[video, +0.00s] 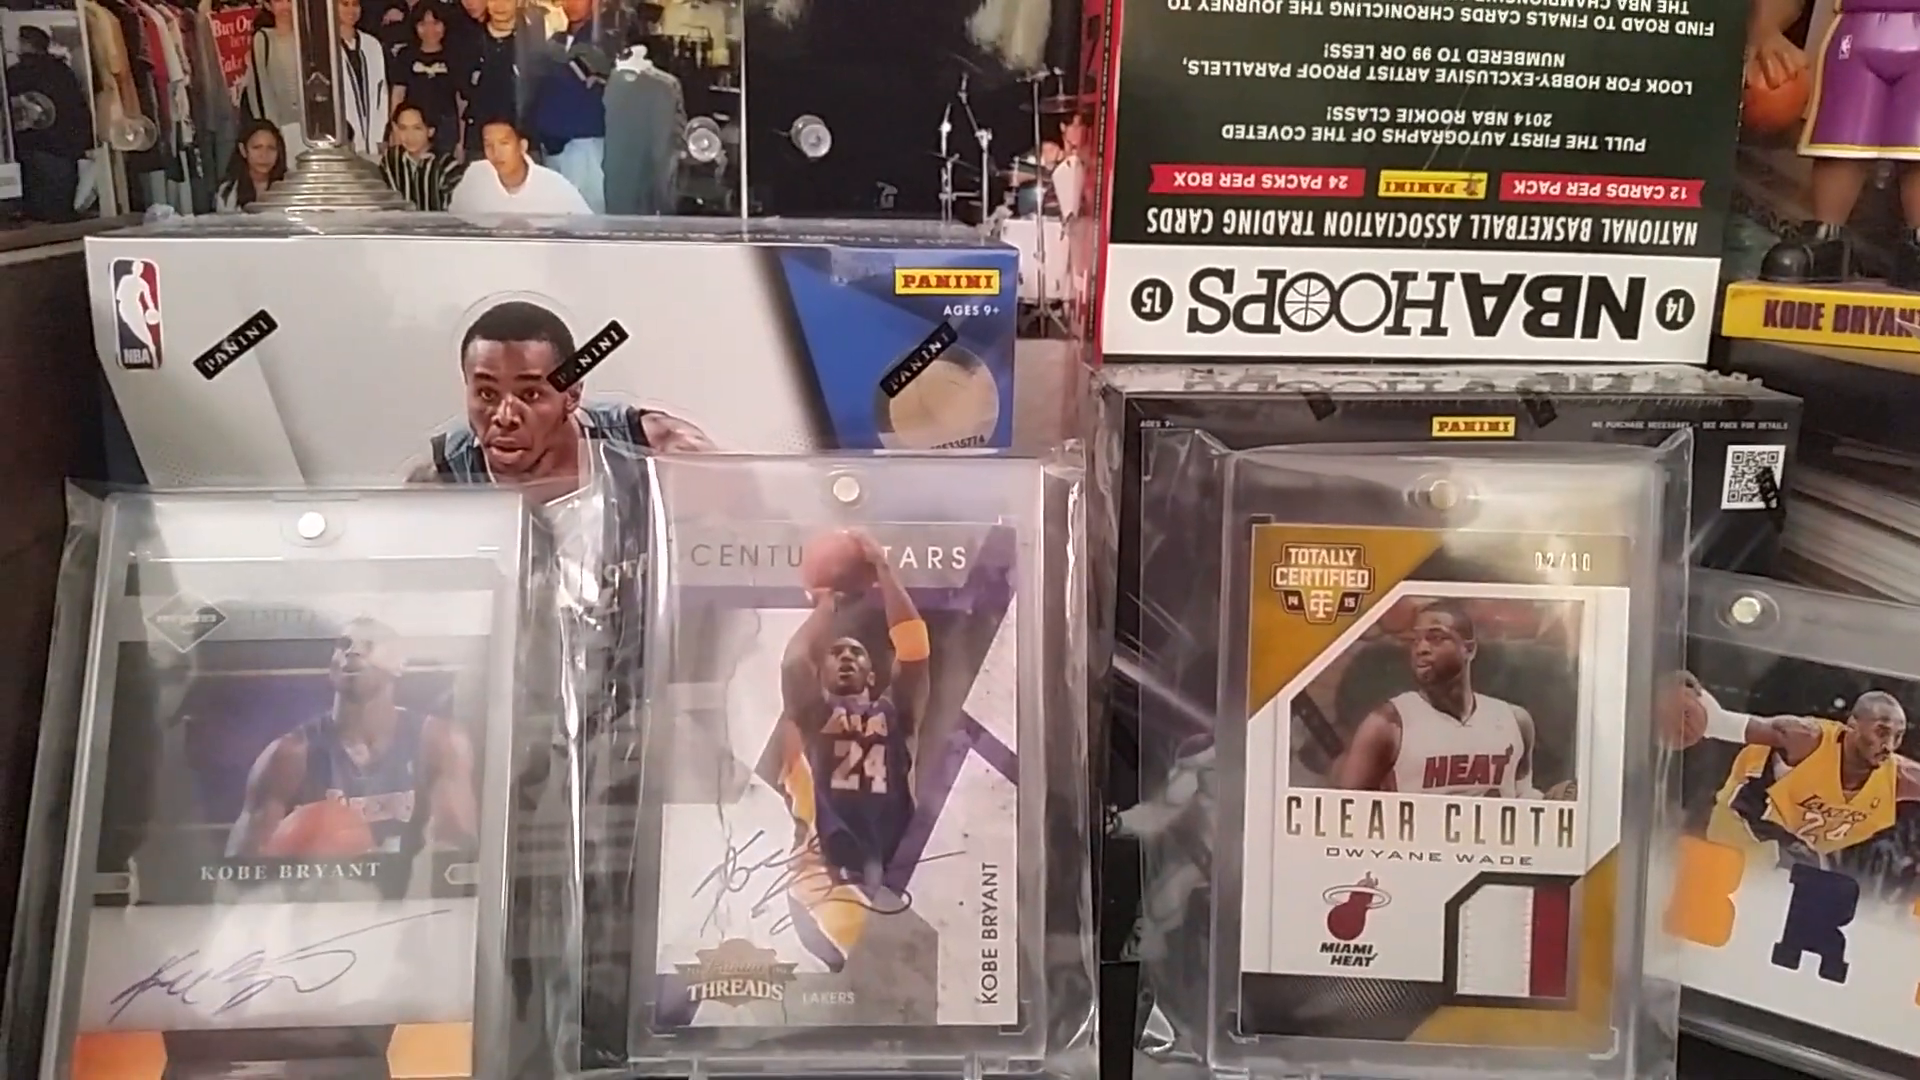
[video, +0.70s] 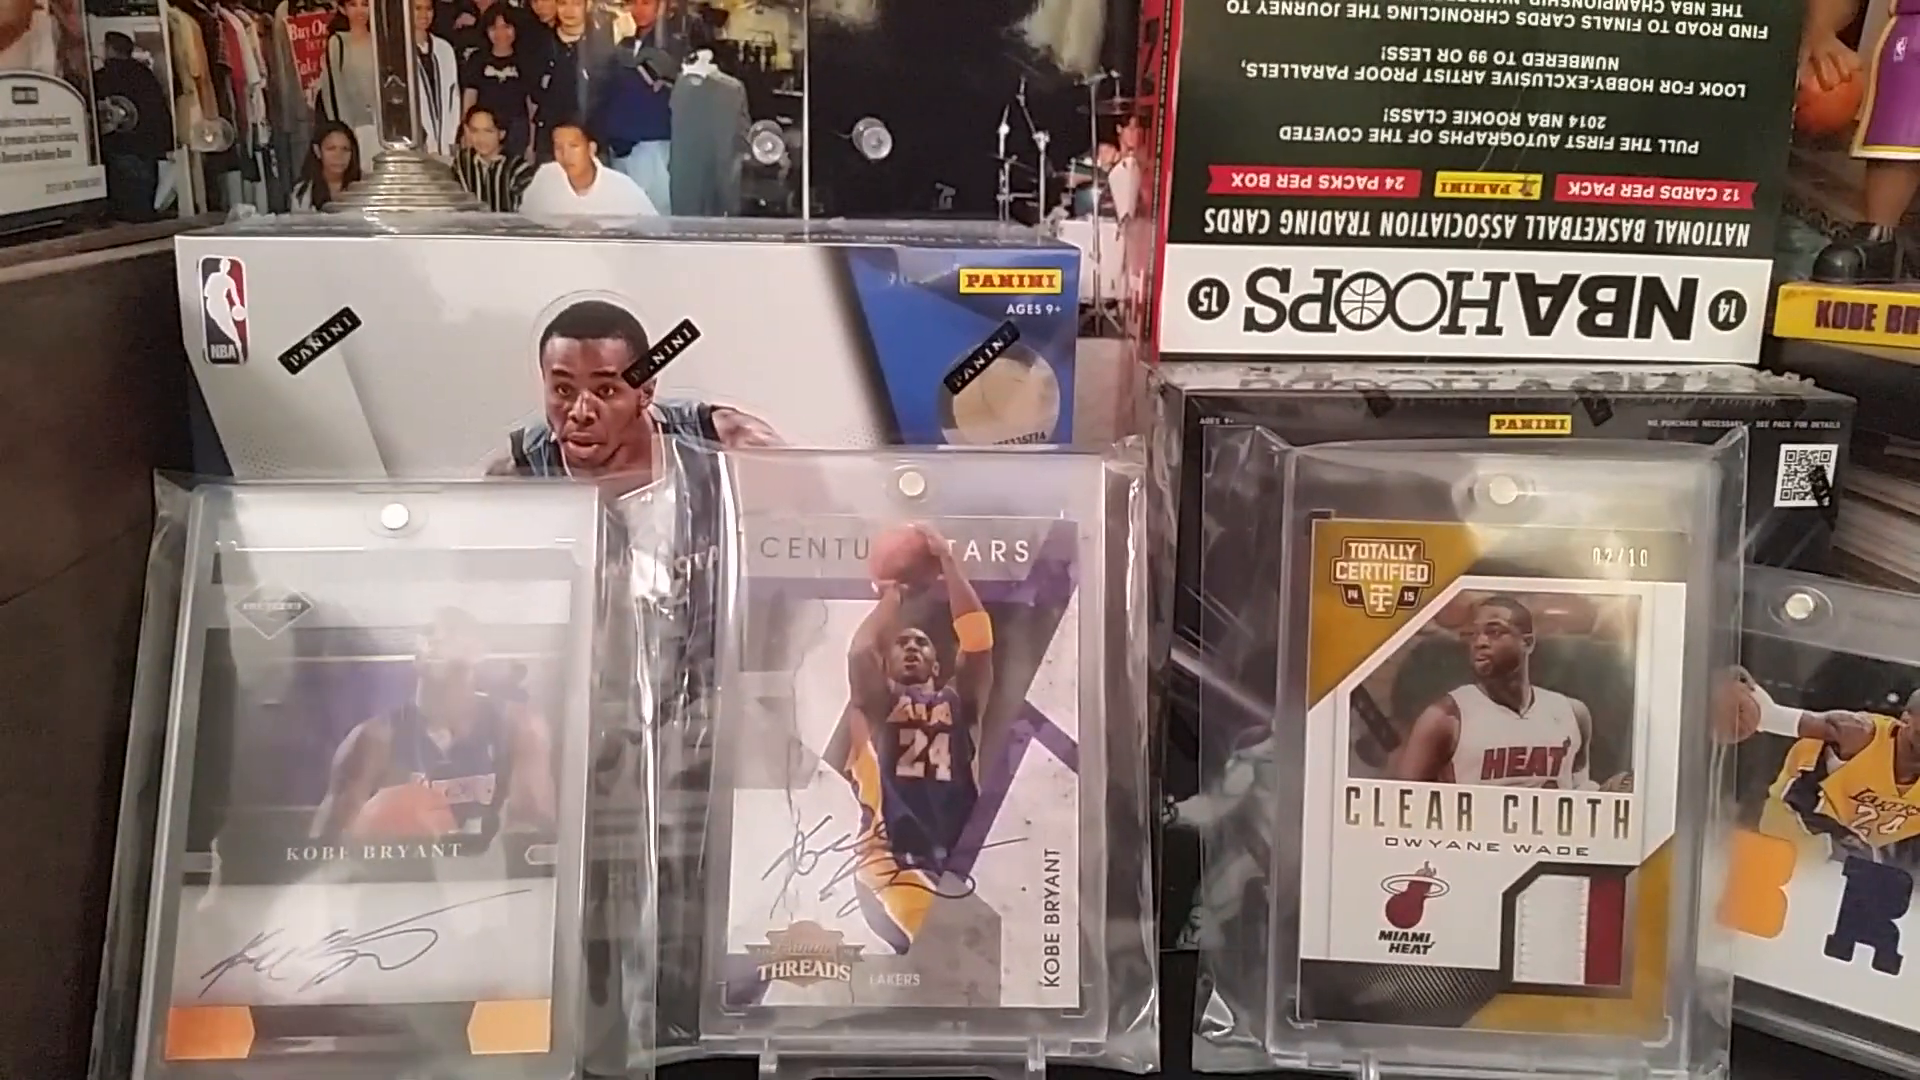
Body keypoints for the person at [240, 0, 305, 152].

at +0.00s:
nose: (285, 5)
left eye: (289, 1)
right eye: (279, 1)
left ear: (296, 5)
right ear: (268, 5)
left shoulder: (305, 35)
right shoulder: (262, 38)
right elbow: (262, 82)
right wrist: (271, 123)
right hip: (280, 119)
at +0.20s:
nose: (288, 6)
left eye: (292, 1)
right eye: (282, 2)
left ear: (299, 4)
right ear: (273, 5)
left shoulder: (310, 33)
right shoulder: (267, 37)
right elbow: (266, 80)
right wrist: (274, 121)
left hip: (312, 112)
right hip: (284, 116)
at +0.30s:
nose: (314, 5)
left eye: (317, 1)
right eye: (309, 1)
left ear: (323, 5)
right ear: (297, 5)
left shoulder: (331, 38)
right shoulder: (290, 38)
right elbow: (282, 79)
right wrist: (286, 114)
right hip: (300, 117)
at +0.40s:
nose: (343, 4)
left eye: (342, 1)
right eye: (335, 1)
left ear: (346, 5)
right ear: (322, 6)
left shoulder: (354, 36)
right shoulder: (315, 37)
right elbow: (307, 80)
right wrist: (312, 119)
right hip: (328, 115)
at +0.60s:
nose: (368, 5)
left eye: (369, 2)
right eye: (360, 3)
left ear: (374, 7)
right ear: (348, 9)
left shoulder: (382, 39)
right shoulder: (342, 40)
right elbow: (336, 83)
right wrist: (340, 122)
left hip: (382, 114)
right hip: (355, 117)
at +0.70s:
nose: (360, 10)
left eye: (365, 4)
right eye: (353, 5)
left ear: (370, 8)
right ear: (343, 9)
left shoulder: (377, 40)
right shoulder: (337, 41)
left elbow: (386, 76)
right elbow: (331, 83)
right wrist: (335, 123)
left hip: (378, 115)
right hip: (350, 117)